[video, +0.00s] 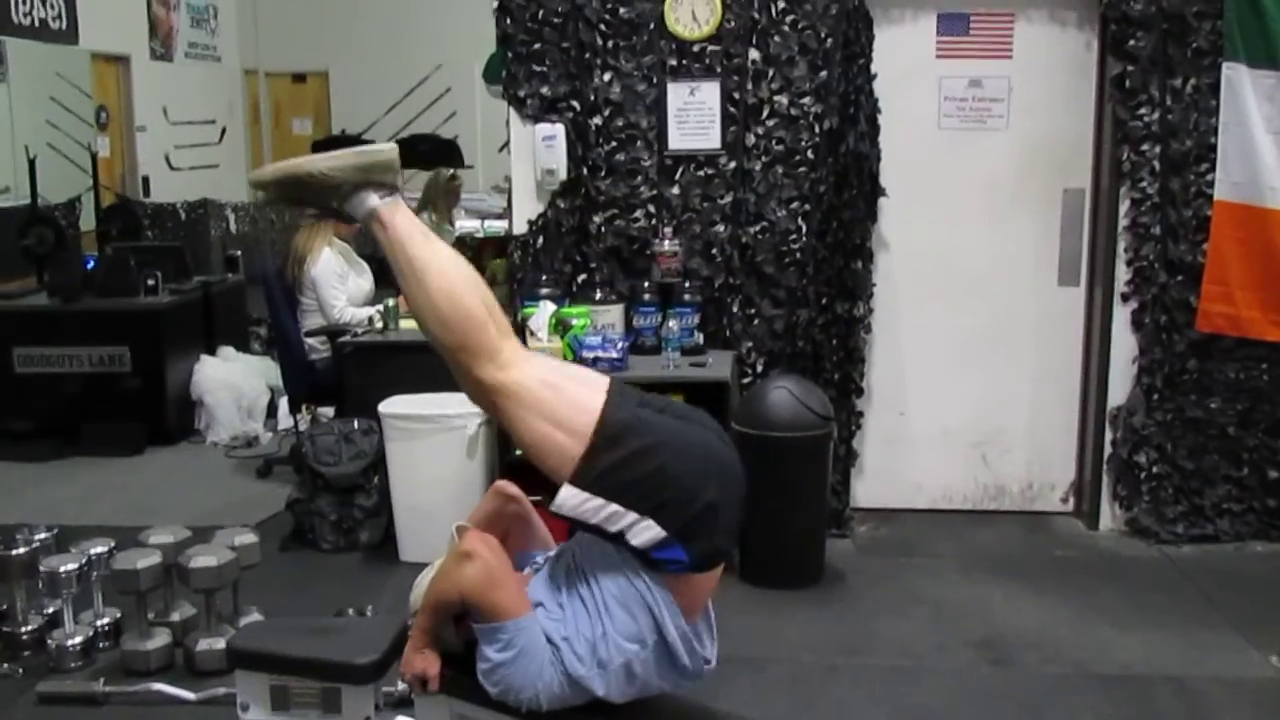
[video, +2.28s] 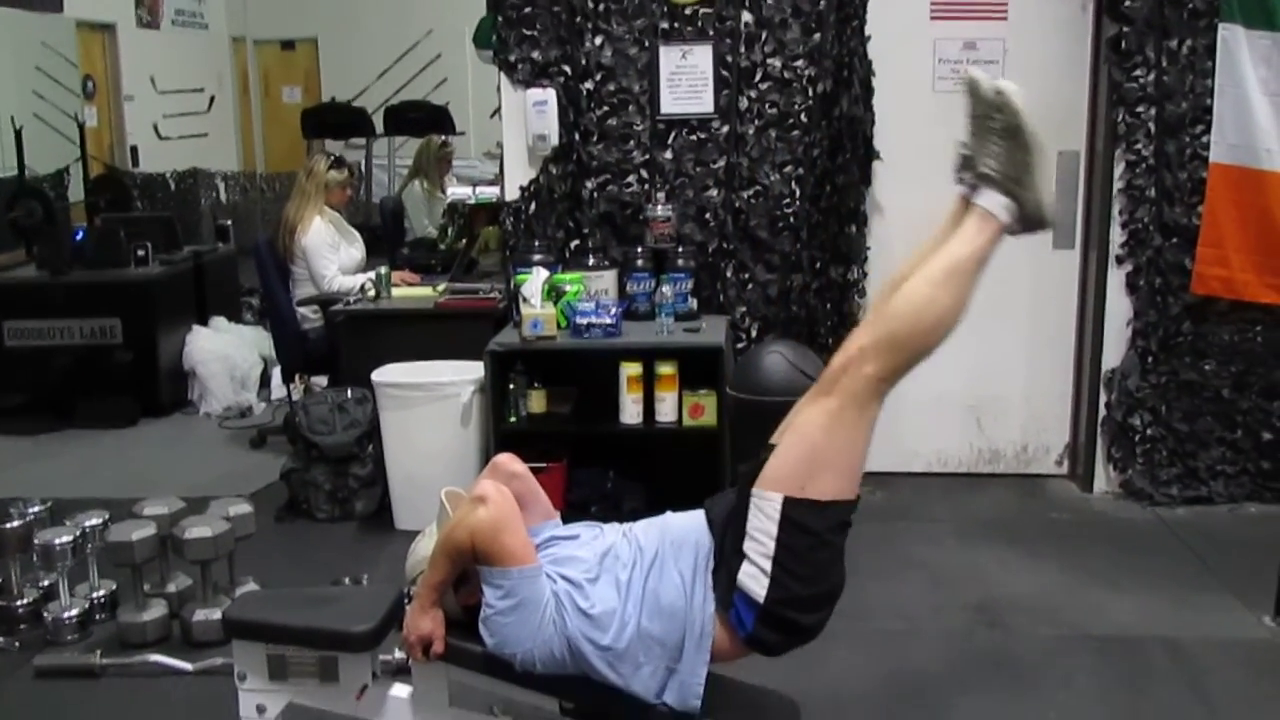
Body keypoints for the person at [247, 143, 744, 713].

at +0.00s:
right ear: (481, 625)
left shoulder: (552, 594)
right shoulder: (526, 669)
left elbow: (506, 494)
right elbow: (474, 555)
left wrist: (441, 599)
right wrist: (423, 636)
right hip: (691, 508)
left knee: (501, 373)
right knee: (497, 373)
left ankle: (387, 211)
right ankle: (378, 202)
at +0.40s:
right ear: (475, 638)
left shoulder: (552, 604)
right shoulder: (527, 678)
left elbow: (511, 511)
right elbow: (479, 558)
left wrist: (446, 610)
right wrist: (432, 644)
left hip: (696, 511)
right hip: (683, 528)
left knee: (558, 320)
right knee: (548, 327)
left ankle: (465, 138)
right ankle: (452, 135)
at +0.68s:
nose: (475, 560)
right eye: (469, 574)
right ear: (475, 642)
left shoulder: (558, 604)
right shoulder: (528, 683)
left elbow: (516, 517)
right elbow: (490, 561)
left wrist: (447, 615)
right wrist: (433, 649)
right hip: (713, 564)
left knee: (622, 335)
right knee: (612, 338)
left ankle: (561, 140)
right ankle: (555, 138)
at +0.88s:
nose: (478, 560)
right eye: (473, 581)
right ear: (475, 641)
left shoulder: (557, 608)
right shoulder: (526, 680)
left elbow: (517, 521)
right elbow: (492, 559)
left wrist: (452, 614)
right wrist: (436, 645)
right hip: (720, 578)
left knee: (673, 346)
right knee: (664, 350)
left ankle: (647, 139)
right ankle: (641, 131)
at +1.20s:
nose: (479, 559)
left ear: (479, 629)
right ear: (479, 635)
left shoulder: (563, 607)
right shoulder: (530, 675)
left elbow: (518, 518)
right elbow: (492, 556)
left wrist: (456, 607)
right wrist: (436, 646)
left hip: (748, 580)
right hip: (742, 595)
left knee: (735, 369)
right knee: (727, 370)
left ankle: (763, 155)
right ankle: (762, 154)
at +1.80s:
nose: (488, 541)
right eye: (479, 551)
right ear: (485, 610)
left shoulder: (559, 608)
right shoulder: (525, 660)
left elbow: (517, 512)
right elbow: (489, 553)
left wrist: (465, 586)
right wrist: (434, 637)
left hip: (747, 595)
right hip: (757, 611)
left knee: (789, 382)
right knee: (793, 380)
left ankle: (871, 183)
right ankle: (873, 180)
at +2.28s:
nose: (492, 511)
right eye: (478, 511)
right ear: (481, 554)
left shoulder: (547, 565)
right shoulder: (523, 619)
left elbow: (505, 476)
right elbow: (479, 514)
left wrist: (440, 579)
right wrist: (430, 593)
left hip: (734, 550)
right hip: (753, 586)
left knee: (851, 369)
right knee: (854, 374)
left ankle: (984, 200)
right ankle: (995, 206)